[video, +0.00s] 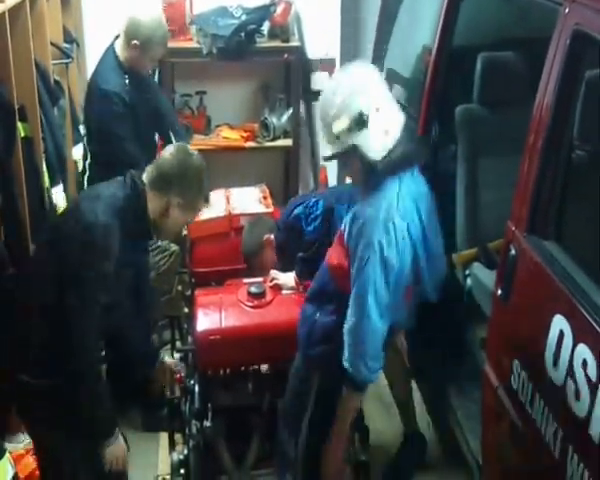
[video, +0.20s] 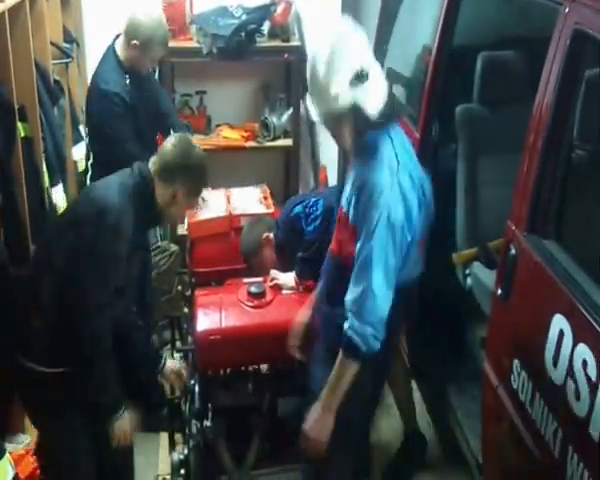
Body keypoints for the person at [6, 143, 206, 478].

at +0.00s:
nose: (187, 226)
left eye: (192, 217)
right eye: (189, 215)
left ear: (168, 201)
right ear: (169, 205)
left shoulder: (127, 210)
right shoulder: (101, 228)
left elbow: (131, 306)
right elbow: (84, 341)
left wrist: (151, 364)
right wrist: (106, 432)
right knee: (77, 470)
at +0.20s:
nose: (189, 213)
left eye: (193, 204)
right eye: (191, 203)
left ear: (171, 189)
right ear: (173, 193)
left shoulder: (130, 201)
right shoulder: (113, 215)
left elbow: (128, 309)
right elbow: (101, 317)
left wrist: (156, 364)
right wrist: (113, 406)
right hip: (60, 370)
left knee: (113, 463)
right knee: (82, 466)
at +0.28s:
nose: (186, 204)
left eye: (190, 196)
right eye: (189, 194)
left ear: (165, 177)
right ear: (175, 182)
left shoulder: (120, 189)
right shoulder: (123, 206)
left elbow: (123, 294)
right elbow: (118, 302)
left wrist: (150, 355)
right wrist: (141, 372)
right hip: (67, 360)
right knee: (93, 461)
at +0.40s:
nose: (180, 209)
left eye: (186, 201)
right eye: (184, 198)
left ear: (160, 174)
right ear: (172, 184)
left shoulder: (121, 186)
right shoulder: (134, 201)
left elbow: (133, 293)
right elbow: (134, 299)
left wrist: (152, 356)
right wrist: (150, 369)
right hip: (65, 353)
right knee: (99, 456)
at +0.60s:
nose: (173, 222)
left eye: (179, 214)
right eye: (177, 211)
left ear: (152, 184)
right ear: (167, 194)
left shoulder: (122, 194)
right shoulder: (140, 201)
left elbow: (136, 300)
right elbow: (141, 299)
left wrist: (165, 358)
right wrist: (165, 363)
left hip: (50, 328)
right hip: (74, 339)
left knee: (90, 448)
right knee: (103, 452)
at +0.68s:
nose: (171, 224)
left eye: (176, 217)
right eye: (175, 214)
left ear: (150, 186)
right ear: (166, 196)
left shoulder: (122, 196)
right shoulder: (140, 200)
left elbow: (136, 294)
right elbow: (142, 291)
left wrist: (166, 356)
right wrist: (166, 359)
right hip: (78, 339)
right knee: (104, 450)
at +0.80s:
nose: (167, 231)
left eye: (173, 224)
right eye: (172, 220)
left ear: (145, 192)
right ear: (164, 200)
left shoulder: (112, 205)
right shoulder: (145, 202)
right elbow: (147, 286)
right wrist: (168, 357)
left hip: (50, 324)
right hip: (82, 333)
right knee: (108, 436)